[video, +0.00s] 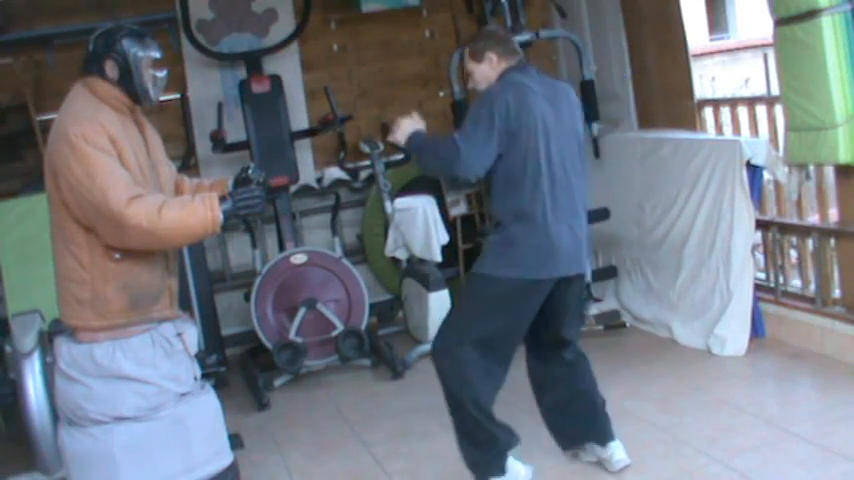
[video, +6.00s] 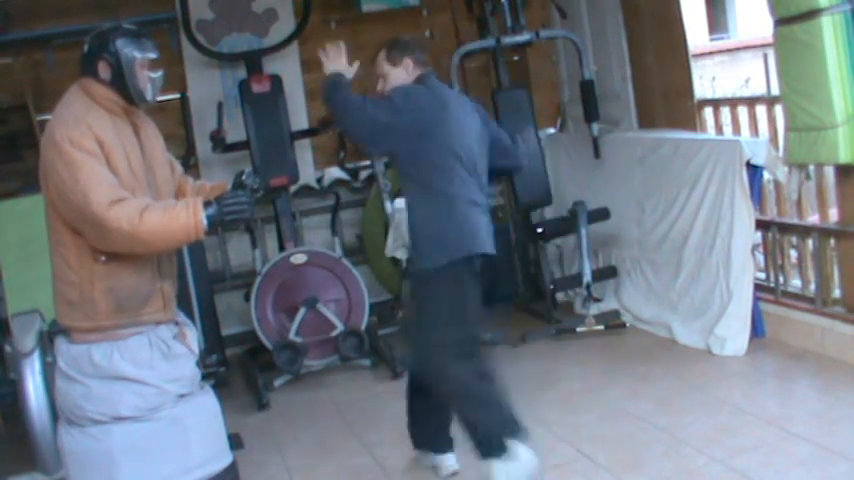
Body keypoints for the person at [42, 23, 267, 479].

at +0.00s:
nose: (153, 74)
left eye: (153, 63)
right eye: (143, 63)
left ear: (117, 68)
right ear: (111, 66)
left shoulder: (131, 118)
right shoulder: (79, 128)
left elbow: (168, 187)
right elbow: (126, 218)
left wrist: (228, 185)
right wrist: (219, 209)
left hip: (152, 318)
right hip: (109, 331)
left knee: (185, 449)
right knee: (133, 459)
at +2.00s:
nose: (153, 74)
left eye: (153, 64)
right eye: (143, 64)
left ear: (115, 68)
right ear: (109, 66)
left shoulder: (131, 119)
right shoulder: (76, 129)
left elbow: (171, 187)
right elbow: (123, 220)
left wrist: (226, 187)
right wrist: (214, 211)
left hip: (152, 315)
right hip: (106, 328)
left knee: (179, 443)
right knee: (129, 455)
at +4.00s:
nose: (138, 66)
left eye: (138, 55)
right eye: (126, 55)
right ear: (94, 61)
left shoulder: (131, 119)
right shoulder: (62, 124)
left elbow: (163, 183)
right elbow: (91, 214)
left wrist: (194, 190)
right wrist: (185, 206)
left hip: (151, 310)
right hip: (96, 324)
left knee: (181, 438)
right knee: (122, 452)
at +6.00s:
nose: (148, 75)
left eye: (149, 65)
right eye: (138, 65)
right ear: (104, 67)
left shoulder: (138, 121)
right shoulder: (70, 129)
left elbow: (176, 188)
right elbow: (110, 221)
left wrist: (227, 190)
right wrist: (204, 216)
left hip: (157, 319)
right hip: (104, 332)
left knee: (190, 449)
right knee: (125, 459)